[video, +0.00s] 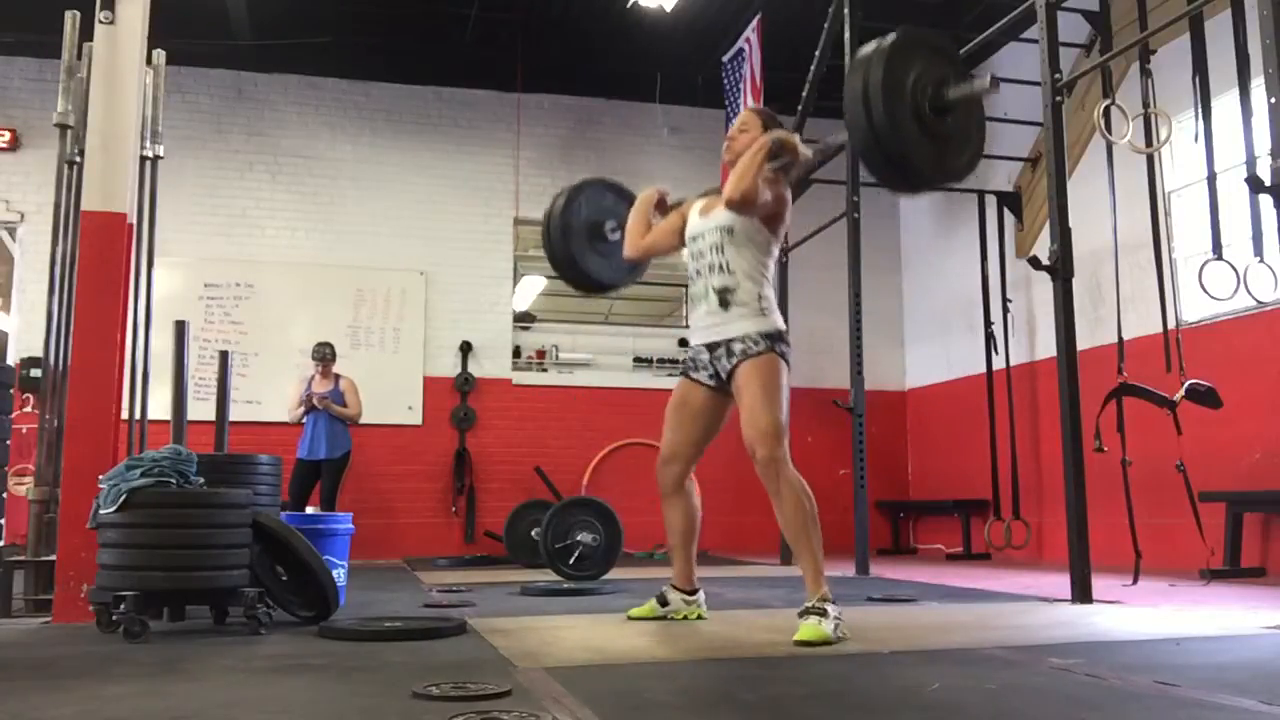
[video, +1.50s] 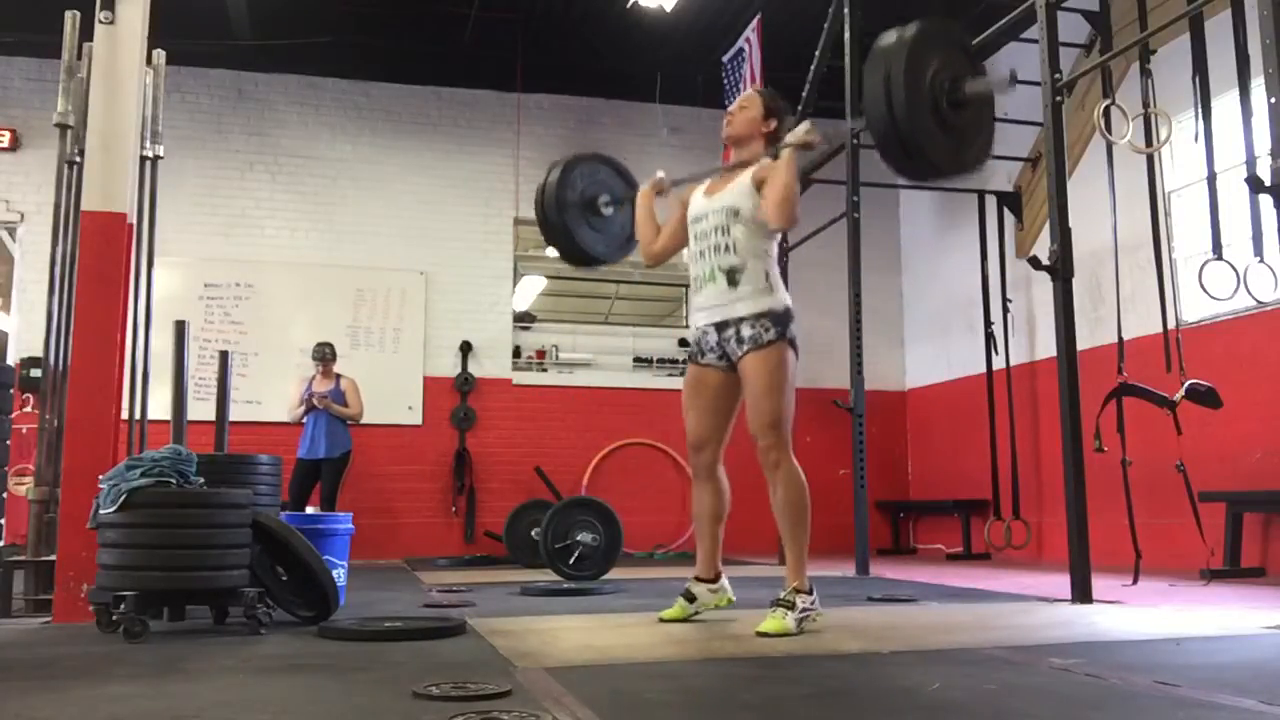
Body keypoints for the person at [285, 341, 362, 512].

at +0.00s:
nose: (321, 370)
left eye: (325, 366)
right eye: (317, 365)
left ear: (333, 363)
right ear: (313, 362)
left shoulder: (345, 384)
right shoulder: (306, 383)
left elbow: (355, 415)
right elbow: (292, 418)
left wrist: (329, 406)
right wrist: (304, 407)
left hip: (335, 450)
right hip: (309, 449)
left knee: (327, 501)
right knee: (296, 498)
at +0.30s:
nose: (320, 370)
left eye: (325, 366)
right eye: (317, 365)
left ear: (333, 363)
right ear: (312, 362)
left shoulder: (345, 384)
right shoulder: (305, 383)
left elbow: (355, 415)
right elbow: (291, 417)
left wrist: (328, 405)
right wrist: (305, 406)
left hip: (335, 449)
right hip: (309, 449)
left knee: (327, 500)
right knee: (296, 498)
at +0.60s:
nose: (320, 370)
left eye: (325, 366)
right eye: (317, 365)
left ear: (333, 363)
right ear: (313, 362)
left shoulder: (345, 384)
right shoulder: (305, 383)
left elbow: (356, 415)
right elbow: (290, 417)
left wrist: (329, 405)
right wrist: (304, 407)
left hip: (335, 450)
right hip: (308, 450)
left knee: (327, 500)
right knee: (295, 499)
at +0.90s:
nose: (321, 370)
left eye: (326, 366)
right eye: (318, 365)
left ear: (334, 362)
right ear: (313, 362)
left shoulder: (346, 384)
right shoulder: (306, 383)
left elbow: (356, 415)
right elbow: (290, 417)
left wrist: (329, 405)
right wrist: (305, 405)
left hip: (335, 450)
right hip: (308, 449)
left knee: (327, 500)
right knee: (295, 499)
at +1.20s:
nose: (322, 369)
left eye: (326, 365)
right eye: (318, 365)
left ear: (334, 362)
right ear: (313, 362)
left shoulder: (346, 383)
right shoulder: (306, 383)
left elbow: (356, 415)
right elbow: (291, 416)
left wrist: (329, 405)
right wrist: (306, 406)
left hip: (336, 450)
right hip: (309, 449)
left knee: (327, 501)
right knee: (296, 498)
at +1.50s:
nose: (321, 369)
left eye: (326, 365)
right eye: (318, 365)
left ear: (334, 362)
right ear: (313, 363)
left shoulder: (346, 383)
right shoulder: (307, 383)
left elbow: (357, 415)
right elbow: (292, 417)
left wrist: (329, 405)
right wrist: (305, 406)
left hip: (336, 449)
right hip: (309, 449)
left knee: (327, 501)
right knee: (296, 498)